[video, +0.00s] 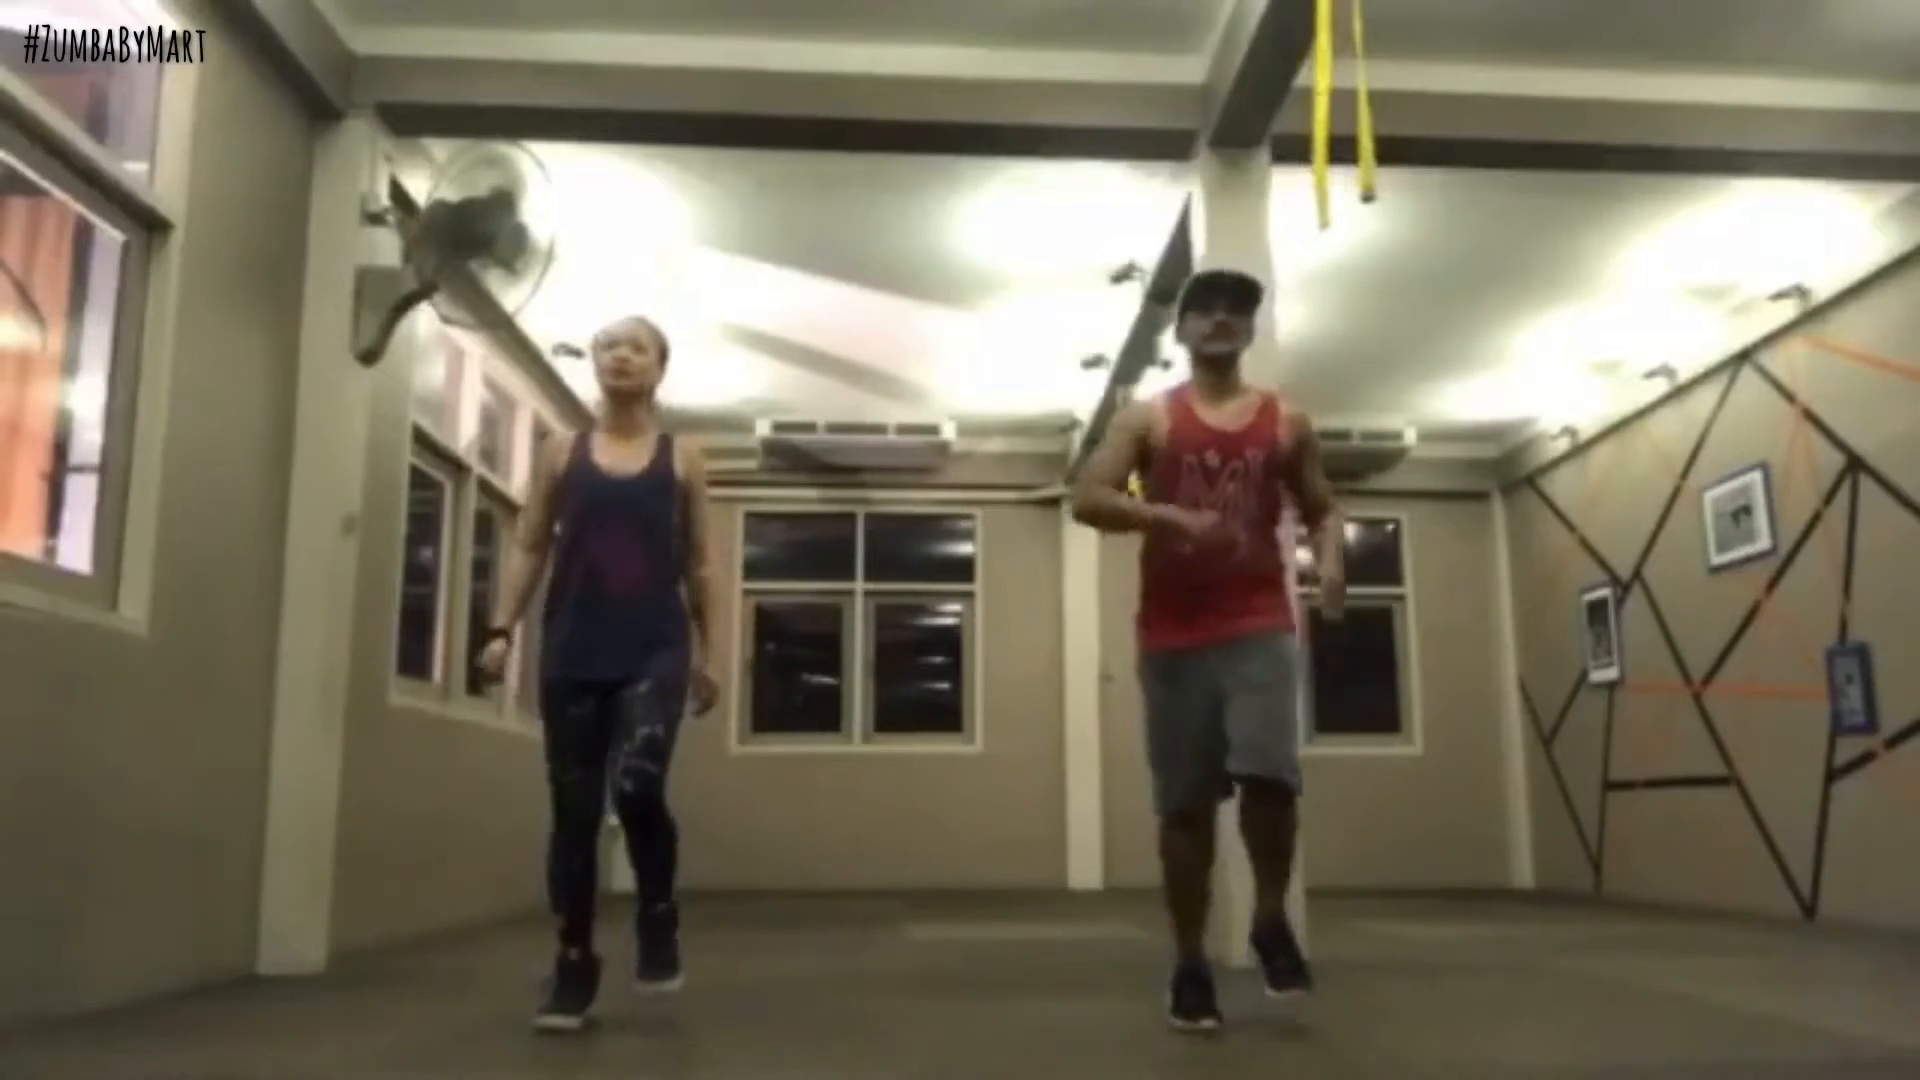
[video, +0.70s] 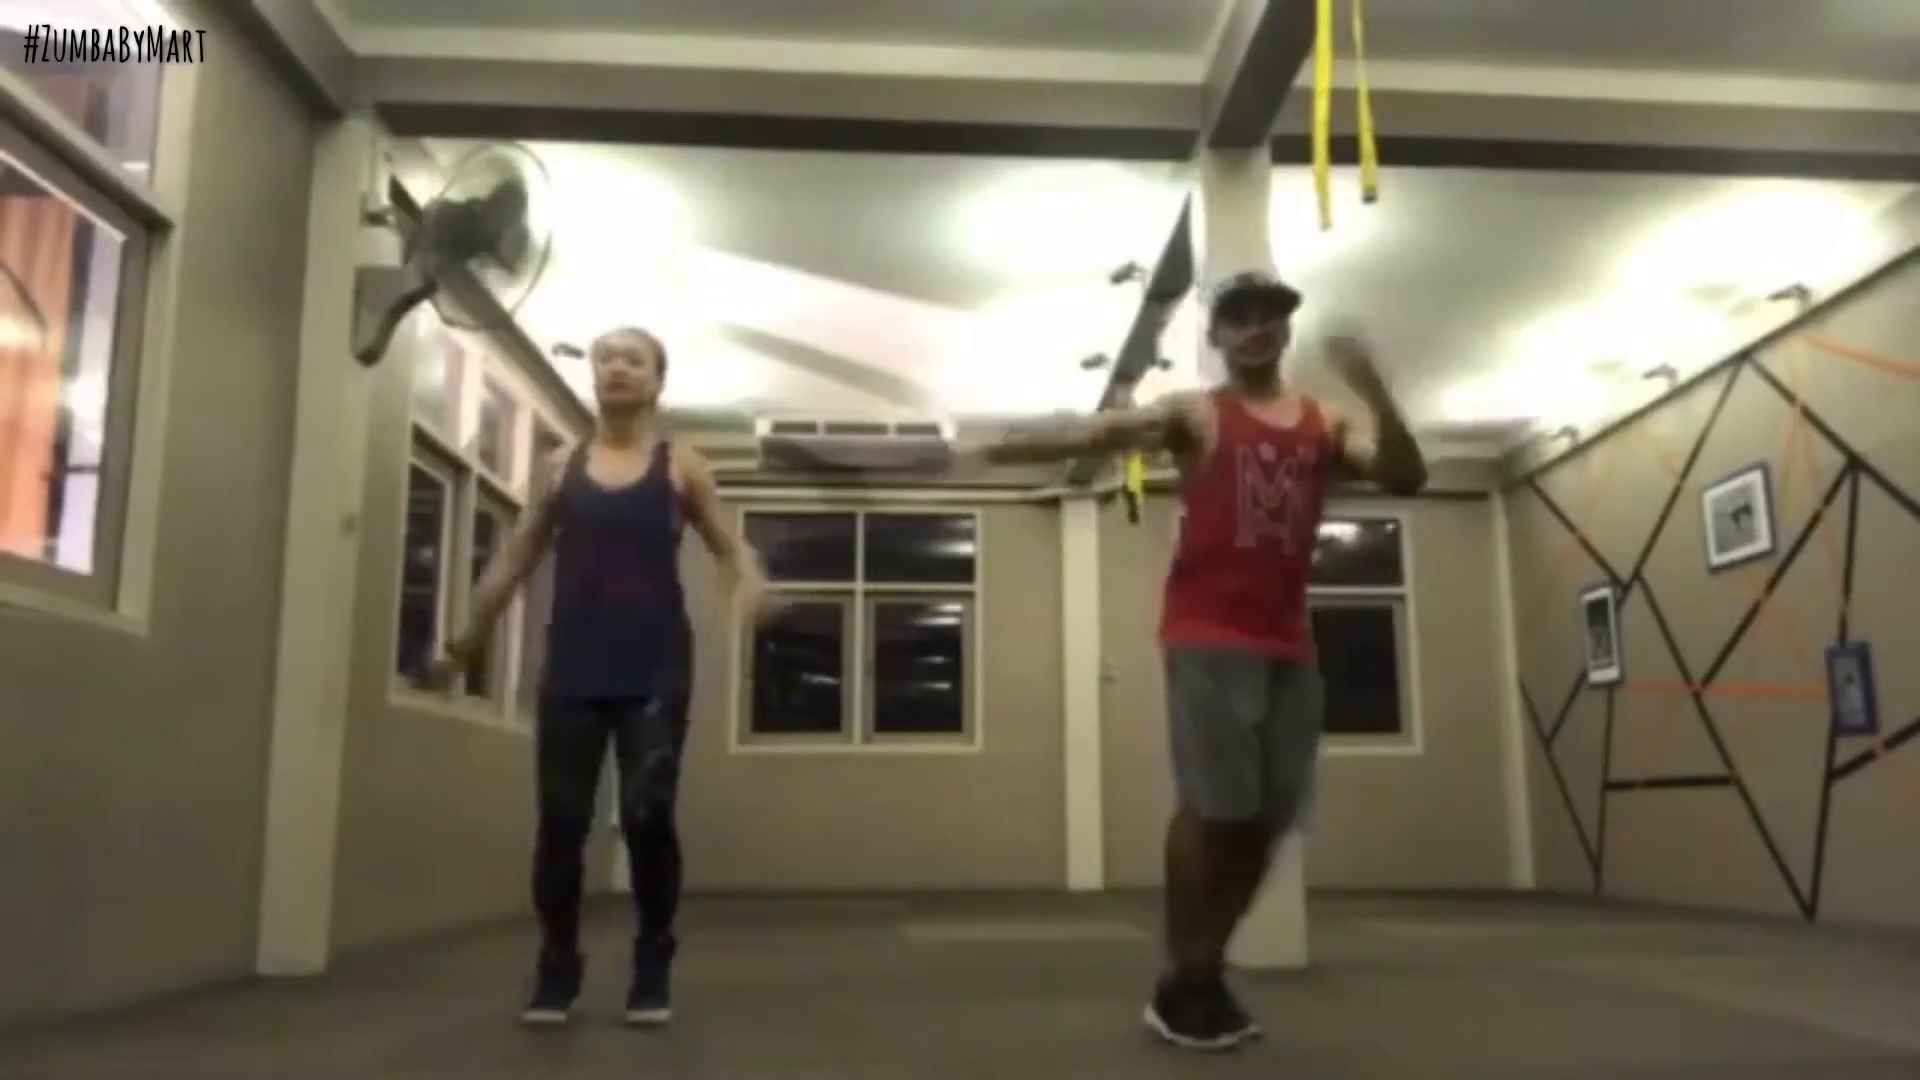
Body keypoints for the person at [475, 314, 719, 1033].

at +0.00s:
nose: (620, 358)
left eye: (636, 349)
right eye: (611, 348)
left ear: (660, 370)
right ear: (594, 364)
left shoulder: (682, 458)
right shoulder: (562, 453)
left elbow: (701, 564)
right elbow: (530, 545)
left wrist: (709, 655)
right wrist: (503, 626)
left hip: (656, 653)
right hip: (573, 653)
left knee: (635, 788)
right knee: (574, 811)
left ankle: (657, 919)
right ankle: (574, 961)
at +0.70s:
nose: (617, 371)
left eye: (633, 361)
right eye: (607, 360)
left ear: (658, 382)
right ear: (591, 376)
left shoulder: (680, 465)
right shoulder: (562, 465)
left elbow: (732, 552)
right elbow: (516, 557)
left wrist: (750, 588)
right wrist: (466, 631)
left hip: (654, 665)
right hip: (573, 663)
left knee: (646, 817)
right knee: (560, 822)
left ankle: (653, 969)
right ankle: (556, 973)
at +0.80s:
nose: (621, 362)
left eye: (637, 353)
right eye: (610, 352)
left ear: (663, 374)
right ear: (595, 371)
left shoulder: (687, 457)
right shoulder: (565, 455)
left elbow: (762, 508)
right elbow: (500, 528)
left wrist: (827, 523)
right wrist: (437, 559)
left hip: (656, 655)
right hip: (573, 655)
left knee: (664, 792)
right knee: (561, 812)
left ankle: (680, 932)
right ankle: (557, 964)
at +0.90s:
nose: (630, 352)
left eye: (646, 344)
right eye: (620, 342)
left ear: (673, 366)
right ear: (605, 359)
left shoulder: (695, 450)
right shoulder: (577, 443)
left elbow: (785, 483)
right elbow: (518, 517)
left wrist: (864, 496)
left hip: (661, 643)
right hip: (579, 644)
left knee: (681, 780)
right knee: (564, 808)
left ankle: (729, 946)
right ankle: (553, 968)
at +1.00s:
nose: (641, 352)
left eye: (659, 344)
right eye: (634, 342)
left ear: (687, 367)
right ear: (621, 359)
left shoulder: (702, 450)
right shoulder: (589, 438)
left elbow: (771, 491)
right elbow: (570, 503)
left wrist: (832, 508)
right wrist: (642, 470)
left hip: (673, 647)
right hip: (593, 646)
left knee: (701, 793)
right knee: (571, 811)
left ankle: (773, 963)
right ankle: (554, 966)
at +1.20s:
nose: (671, 350)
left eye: (686, 339)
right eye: (661, 339)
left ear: (714, 357)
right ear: (647, 355)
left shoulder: (735, 440)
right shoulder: (627, 435)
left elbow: (796, 505)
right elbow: (549, 491)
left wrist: (868, 497)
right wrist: (605, 460)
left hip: (719, 655)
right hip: (638, 653)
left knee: (733, 817)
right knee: (596, 822)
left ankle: (785, 982)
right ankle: (567, 961)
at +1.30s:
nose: (677, 340)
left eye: (692, 329)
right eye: (665, 330)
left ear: (721, 349)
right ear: (651, 348)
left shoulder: (742, 434)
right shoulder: (626, 436)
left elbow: (845, 468)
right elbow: (524, 467)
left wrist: (874, 412)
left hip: (730, 647)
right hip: (647, 648)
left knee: (751, 813)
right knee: (607, 809)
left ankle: (786, 975)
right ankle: (588, 936)